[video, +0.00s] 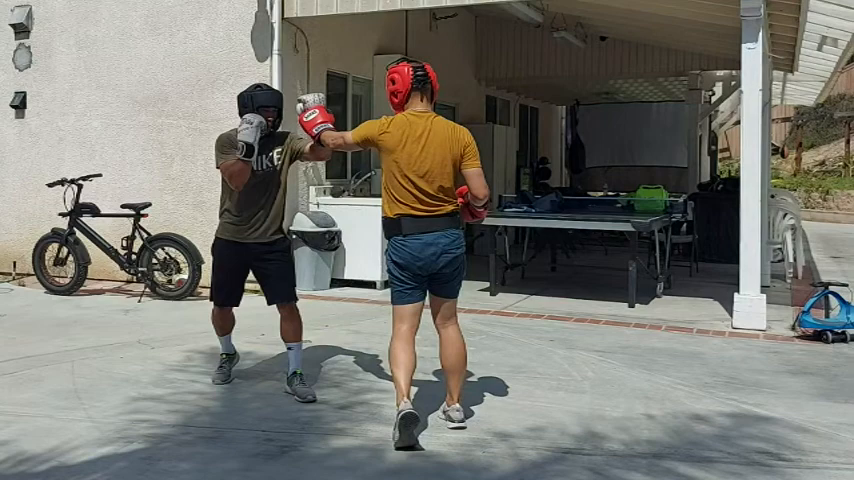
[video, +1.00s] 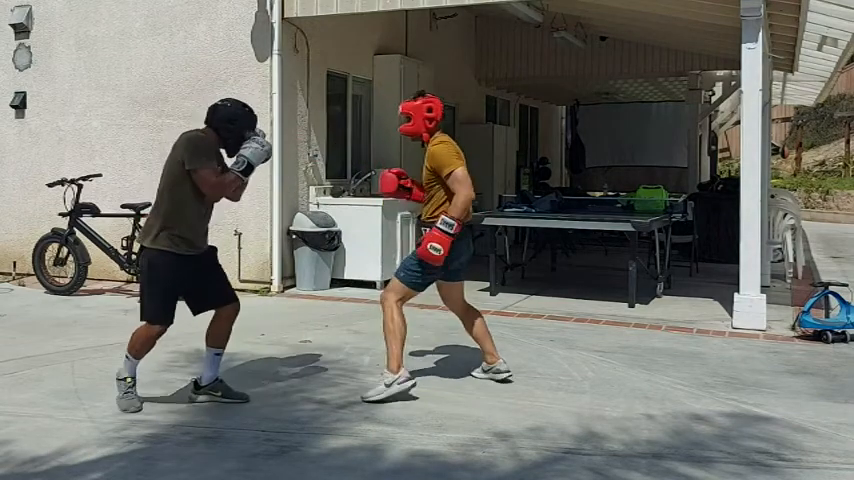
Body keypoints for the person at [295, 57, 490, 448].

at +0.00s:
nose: (391, 97)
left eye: (393, 91)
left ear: (399, 93)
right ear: (432, 92)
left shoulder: (386, 128)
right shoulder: (457, 133)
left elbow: (337, 140)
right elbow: (480, 192)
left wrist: (317, 123)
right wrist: (472, 206)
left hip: (404, 240)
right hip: (446, 238)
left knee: (404, 326)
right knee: (447, 319)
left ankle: (404, 404)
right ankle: (454, 406)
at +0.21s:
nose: (398, 99)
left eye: (400, 93)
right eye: (400, 93)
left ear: (405, 94)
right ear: (435, 93)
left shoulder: (394, 128)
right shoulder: (464, 132)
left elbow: (342, 139)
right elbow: (480, 188)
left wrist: (304, 135)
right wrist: (450, 186)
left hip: (412, 235)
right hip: (453, 234)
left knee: (394, 308)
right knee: (449, 319)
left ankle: (404, 376)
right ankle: (454, 404)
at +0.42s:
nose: (394, 103)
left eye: (396, 96)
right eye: (395, 96)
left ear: (403, 98)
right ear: (432, 98)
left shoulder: (397, 131)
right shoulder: (455, 137)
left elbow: (339, 146)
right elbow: (431, 164)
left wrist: (300, 151)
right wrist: (394, 161)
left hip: (409, 234)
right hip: (447, 233)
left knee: (393, 309)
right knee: (441, 313)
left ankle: (389, 389)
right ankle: (454, 396)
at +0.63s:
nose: (389, 104)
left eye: (391, 98)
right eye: (389, 98)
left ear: (401, 99)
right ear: (425, 99)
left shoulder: (399, 129)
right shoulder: (448, 135)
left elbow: (369, 167)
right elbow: (431, 178)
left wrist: (334, 197)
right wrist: (393, 168)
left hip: (414, 228)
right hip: (447, 226)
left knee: (391, 304)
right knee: (443, 293)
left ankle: (386, 384)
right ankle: (466, 358)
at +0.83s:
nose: (396, 115)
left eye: (400, 111)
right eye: (398, 110)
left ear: (413, 114)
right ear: (424, 114)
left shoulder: (422, 143)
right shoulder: (446, 142)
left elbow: (434, 191)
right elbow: (447, 189)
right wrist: (410, 187)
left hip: (430, 237)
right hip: (454, 235)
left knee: (390, 304)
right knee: (458, 301)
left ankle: (392, 383)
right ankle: (493, 361)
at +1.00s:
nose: (405, 123)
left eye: (409, 118)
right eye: (405, 118)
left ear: (425, 119)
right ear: (427, 119)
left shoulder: (440, 147)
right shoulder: (438, 146)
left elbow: (465, 194)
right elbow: (445, 197)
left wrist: (443, 233)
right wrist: (412, 191)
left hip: (441, 236)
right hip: (457, 236)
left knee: (391, 297)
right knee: (456, 301)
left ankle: (396, 373)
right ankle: (494, 362)